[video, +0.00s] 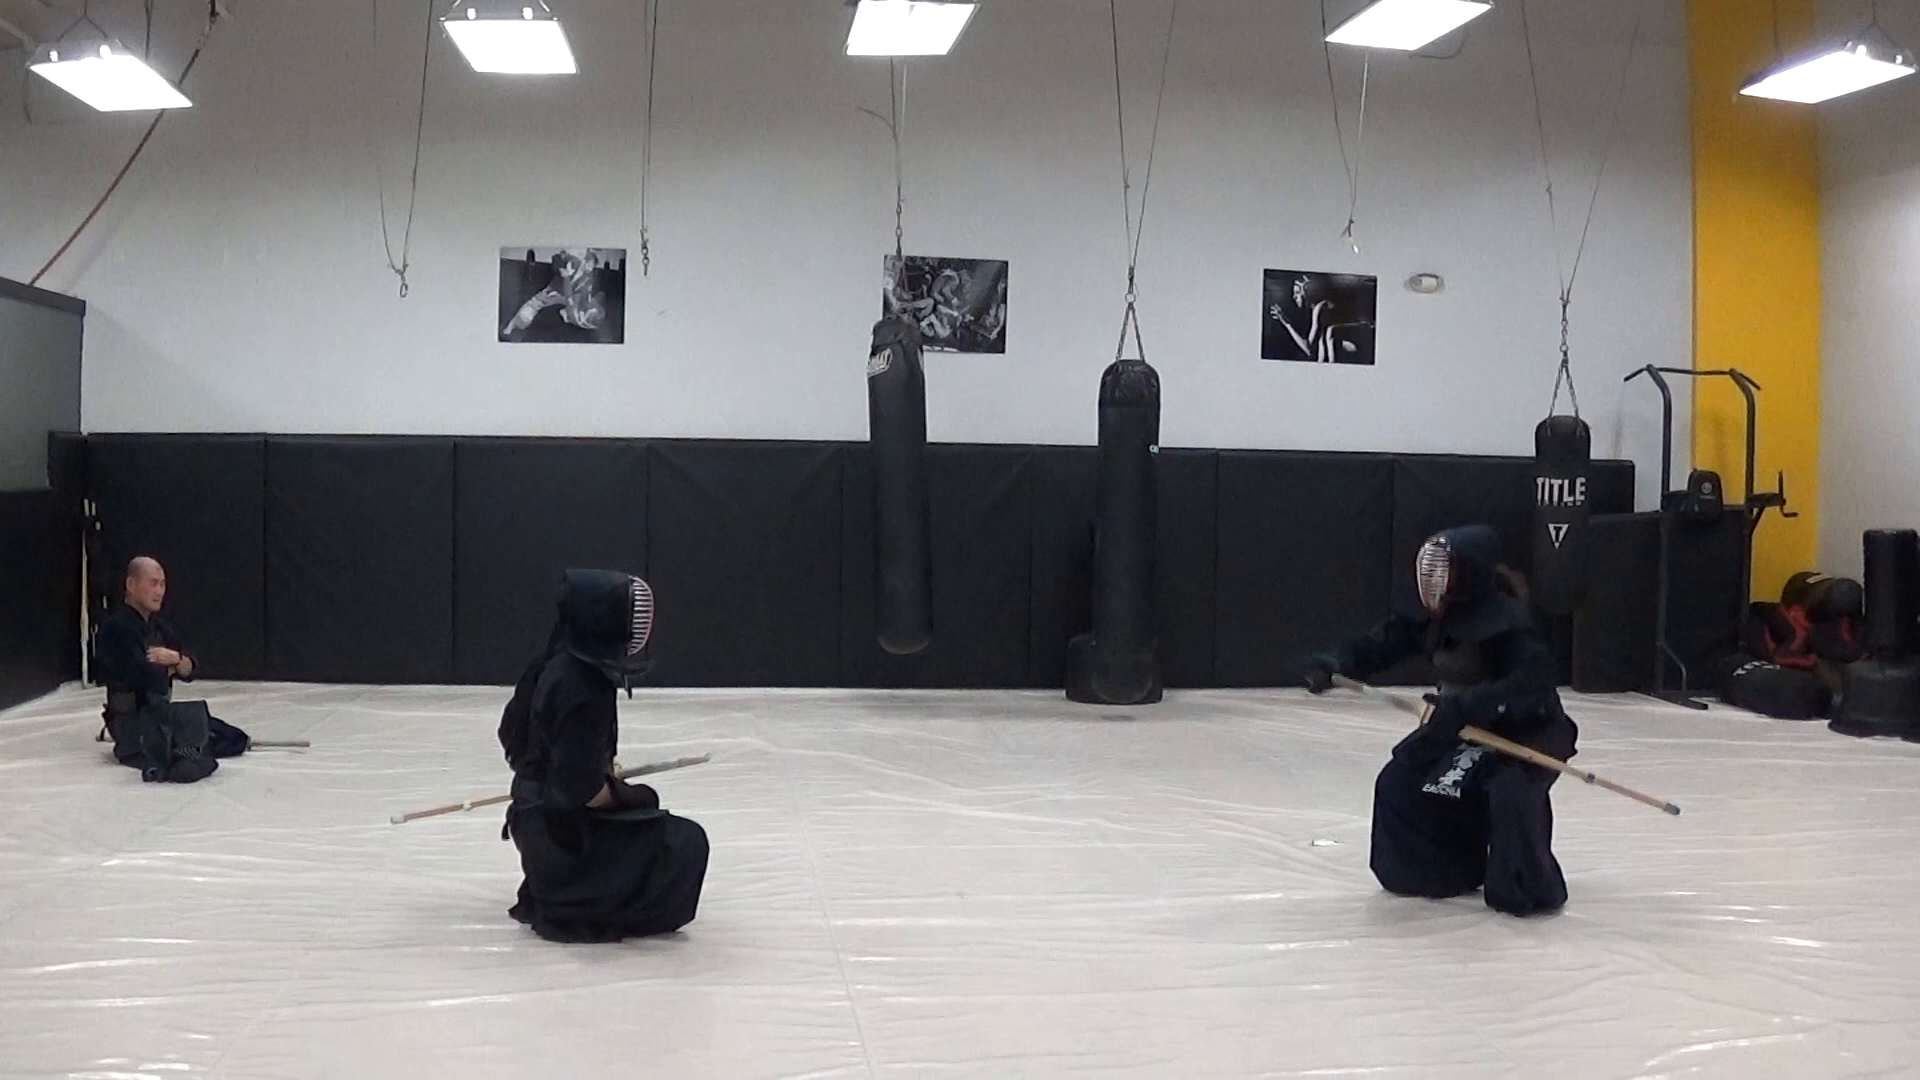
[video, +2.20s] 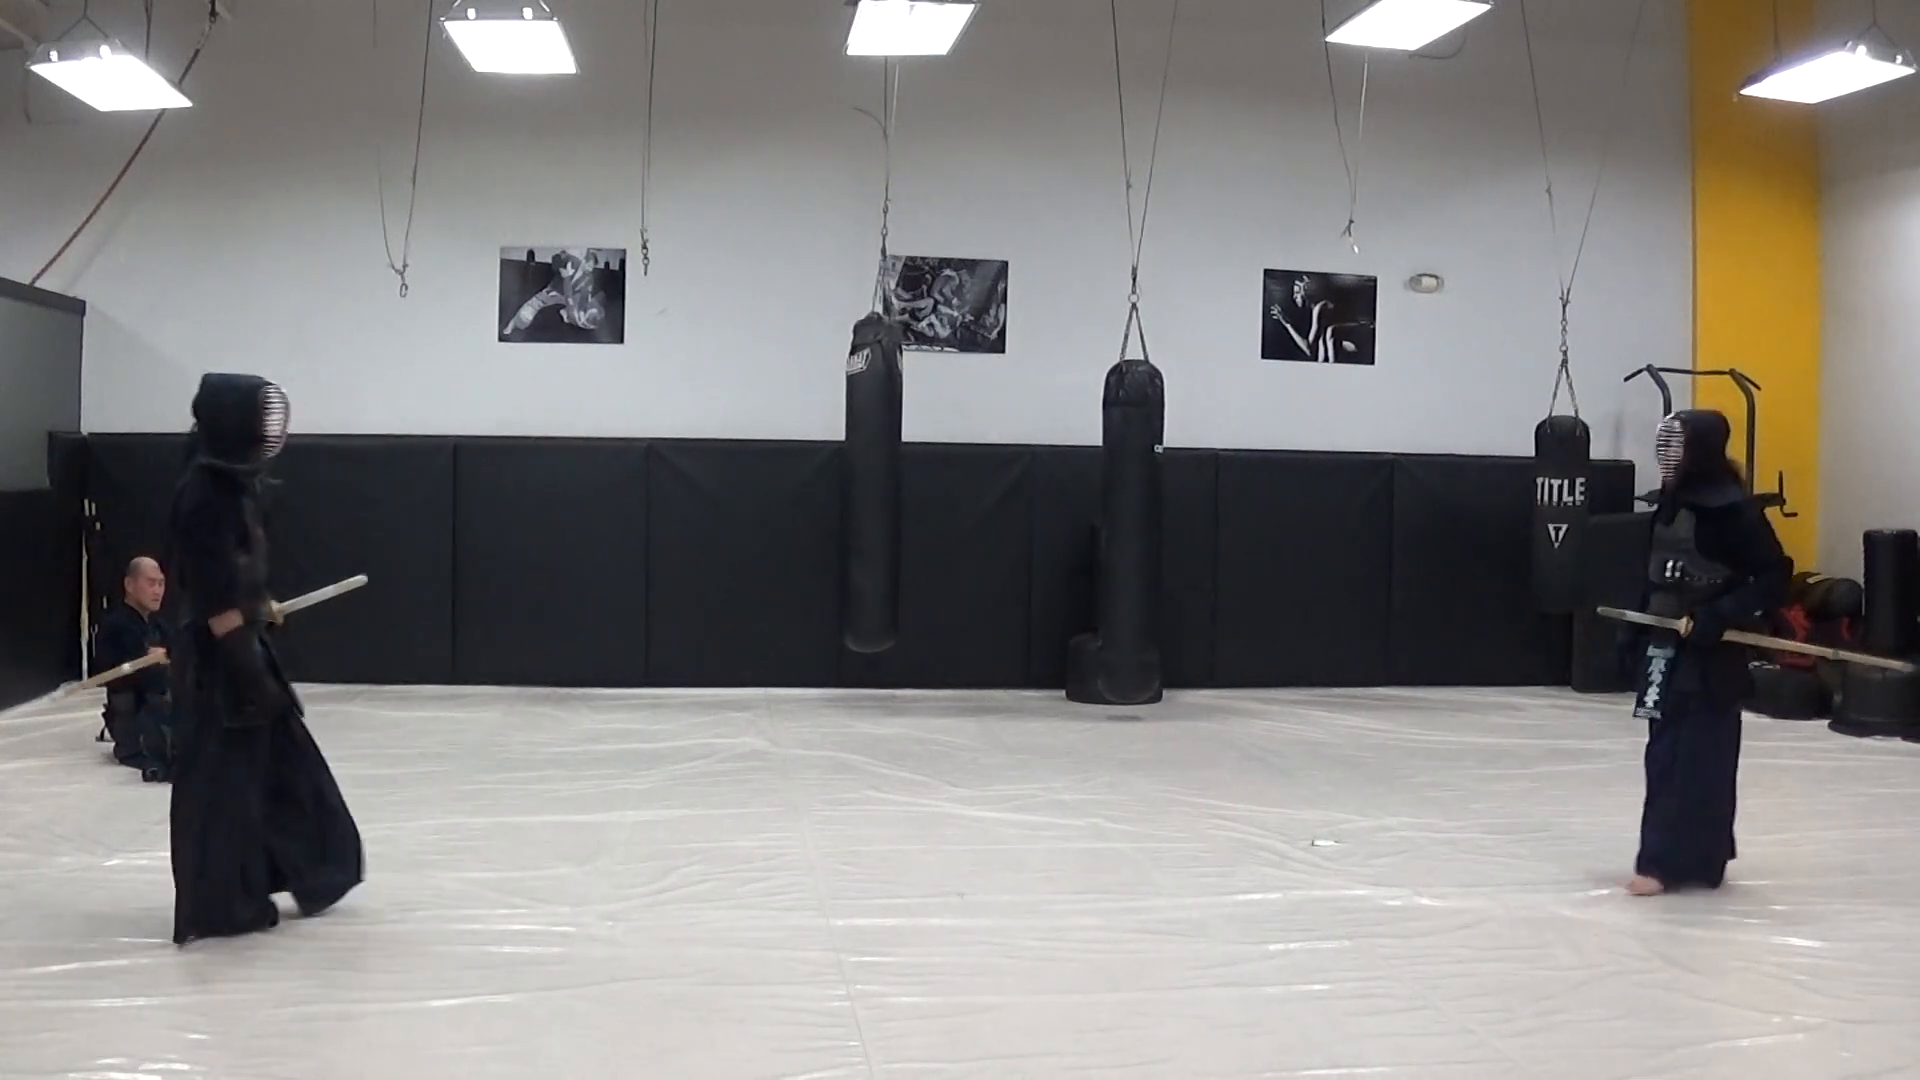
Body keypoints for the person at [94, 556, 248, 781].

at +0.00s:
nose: (160, 591)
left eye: (162, 585)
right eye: (153, 583)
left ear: (165, 587)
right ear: (130, 585)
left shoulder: (159, 623)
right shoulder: (116, 627)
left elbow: (191, 670)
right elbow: (140, 678)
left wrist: (176, 658)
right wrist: (173, 667)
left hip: (161, 719)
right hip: (129, 726)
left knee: (237, 740)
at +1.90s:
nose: (158, 590)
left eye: (161, 583)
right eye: (151, 582)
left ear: (164, 586)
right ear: (129, 585)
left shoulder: (156, 622)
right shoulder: (117, 625)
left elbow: (191, 670)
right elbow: (149, 683)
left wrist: (176, 658)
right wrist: (172, 668)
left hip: (163, 716)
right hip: (131, 725)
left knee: (237, 740)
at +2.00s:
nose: (159, 590)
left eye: (161, 584)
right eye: (152, 582)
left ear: (165, 586)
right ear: (129, 585)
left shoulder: (158, 622)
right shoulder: (117, 624)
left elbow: (190, 667)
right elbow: (142, 676)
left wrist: (175, 658)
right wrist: (175, 669)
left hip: (162, 711)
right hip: (130, 718)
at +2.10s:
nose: (158, 591)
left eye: (161, 584)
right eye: (151, 583)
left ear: (165, 586)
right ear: (129, 585)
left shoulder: (157, 624)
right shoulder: (117, 624)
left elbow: (193, 670)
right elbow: (146, 676)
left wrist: (173, 659)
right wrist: (179, 665)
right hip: (130, 727)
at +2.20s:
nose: (158, 590)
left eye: (161, 584)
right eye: (151, 583)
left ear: (165, 586)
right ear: (129, 585)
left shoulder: (161, 624)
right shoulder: (114, 623)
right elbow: (109, 675)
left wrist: (166, 657)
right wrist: (148, 661)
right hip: (128, 719)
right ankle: (129, 749)